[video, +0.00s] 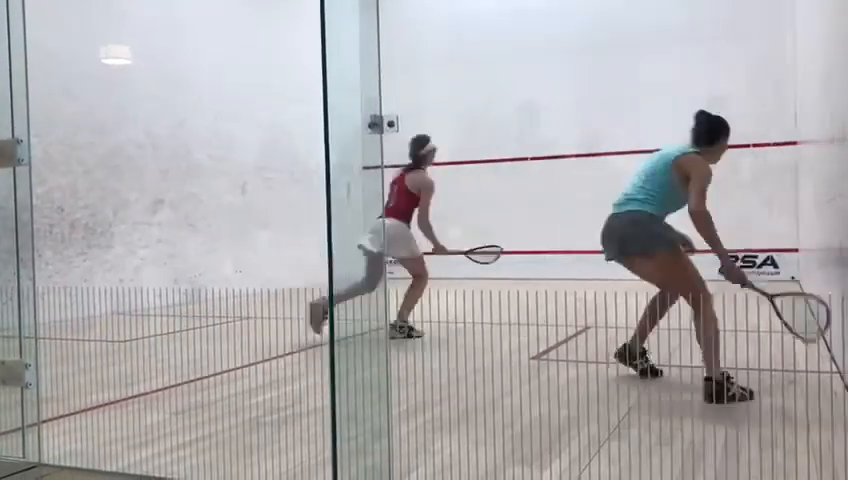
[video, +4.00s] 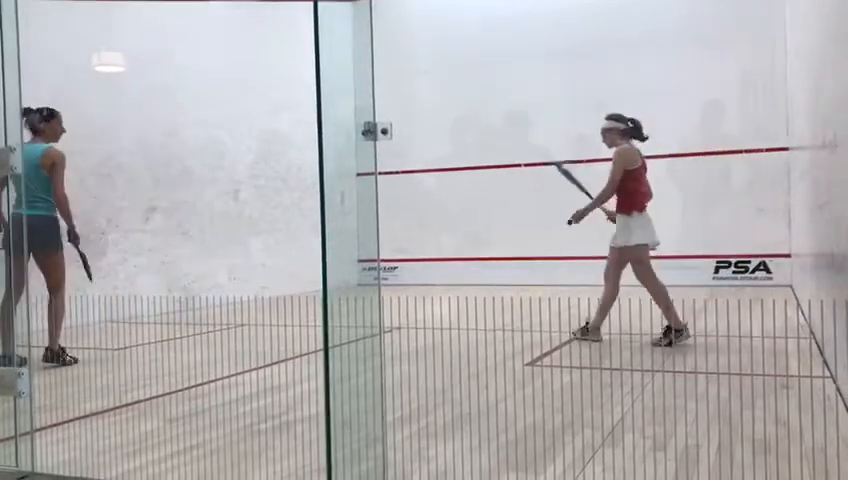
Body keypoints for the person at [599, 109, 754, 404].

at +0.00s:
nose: (724, 151)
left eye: (725, 145)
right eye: (724, 145)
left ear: (697, 137)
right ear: (718, 144)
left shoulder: (669, 156)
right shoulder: (698, 165)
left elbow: (641, 206)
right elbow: (697, 211)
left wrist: (675, 235)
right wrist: (724, 259)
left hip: (615, 230)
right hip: (640, 228)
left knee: (672, 288)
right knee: (700, 298)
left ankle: (633, 348)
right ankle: (716, 379)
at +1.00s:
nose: (580, 82)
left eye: (580, 74)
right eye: (578, 75)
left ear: (589, 70)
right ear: (606, 67)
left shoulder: (590, 105)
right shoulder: (633, 104)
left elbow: (582, 154)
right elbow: (655, 156)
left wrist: (565, 185)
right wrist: (646, 188)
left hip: (608, 200)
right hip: (637, 199)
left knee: (624, 279)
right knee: (613, 277)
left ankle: (653, 361)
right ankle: (654, 348)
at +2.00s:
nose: (359, 113)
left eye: (360, 106)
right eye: (358, 107)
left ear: (371, 103)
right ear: (382, 102)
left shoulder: (384, 128)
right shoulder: (403, 131)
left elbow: (380, 174)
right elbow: (419, 179)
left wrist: (352, 205)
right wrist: (425, 216)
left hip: (393, 209)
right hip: (407, 209)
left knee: (396, 283)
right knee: (378, 278)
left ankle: (408, 352)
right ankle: (400, 347)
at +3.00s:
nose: (175, 129)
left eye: (175, 125)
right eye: (178, 125)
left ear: (176, 126)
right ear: (197, 125)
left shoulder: (180, 151)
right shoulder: (208, 156)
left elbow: (142, 176)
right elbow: (226, 198)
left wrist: (158, 146)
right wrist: (229, 231)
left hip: (188, 228)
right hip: (207, 228)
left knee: (197, 292)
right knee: (179, 282)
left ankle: (214, 351)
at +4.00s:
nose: (63, 129)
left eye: (62, 123)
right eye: (59, 123)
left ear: (38, 126)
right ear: (44, 124)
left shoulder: (16, 152)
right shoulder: (54, 154)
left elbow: (3, 186)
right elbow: (59, 195)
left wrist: (4, 221)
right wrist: (71, 226)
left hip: (14, 225)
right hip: (43, 225)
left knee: (13, 289)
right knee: (56, 289)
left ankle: (5, 348)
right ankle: (54, 348)